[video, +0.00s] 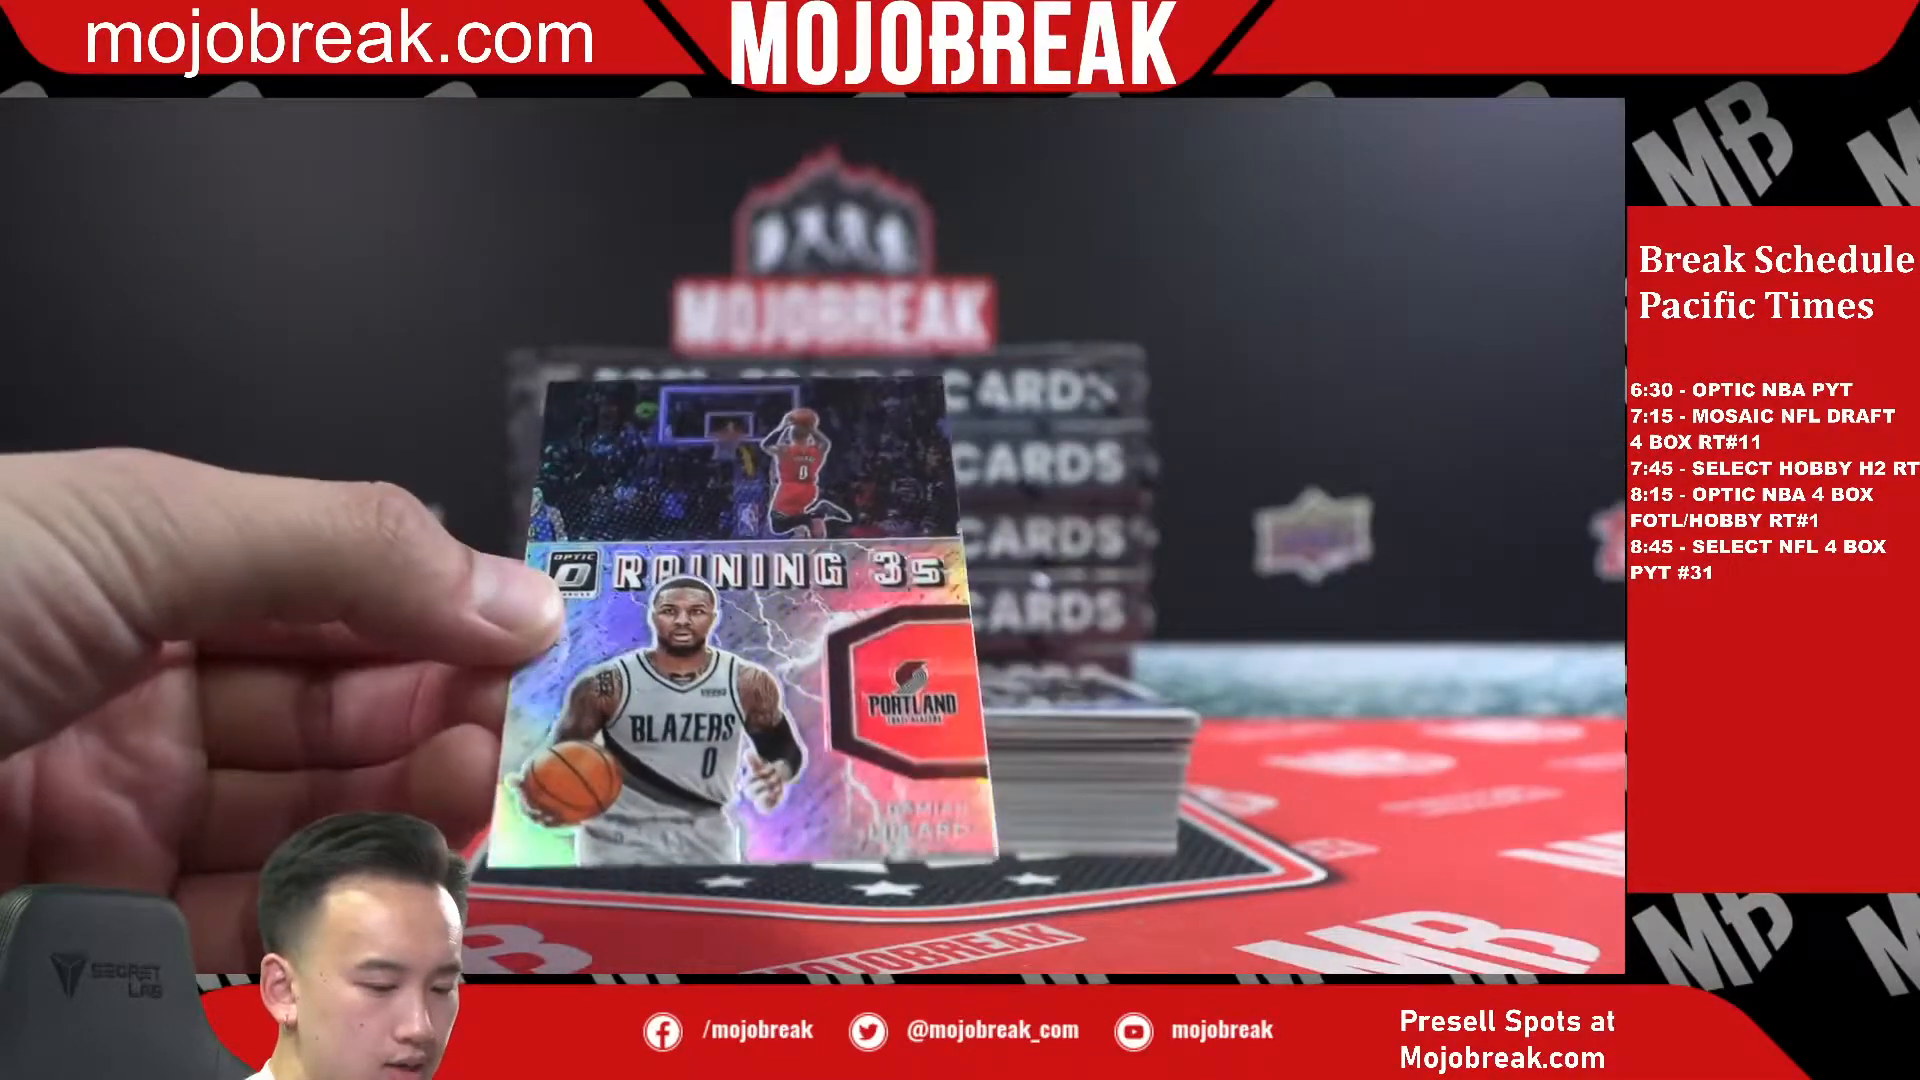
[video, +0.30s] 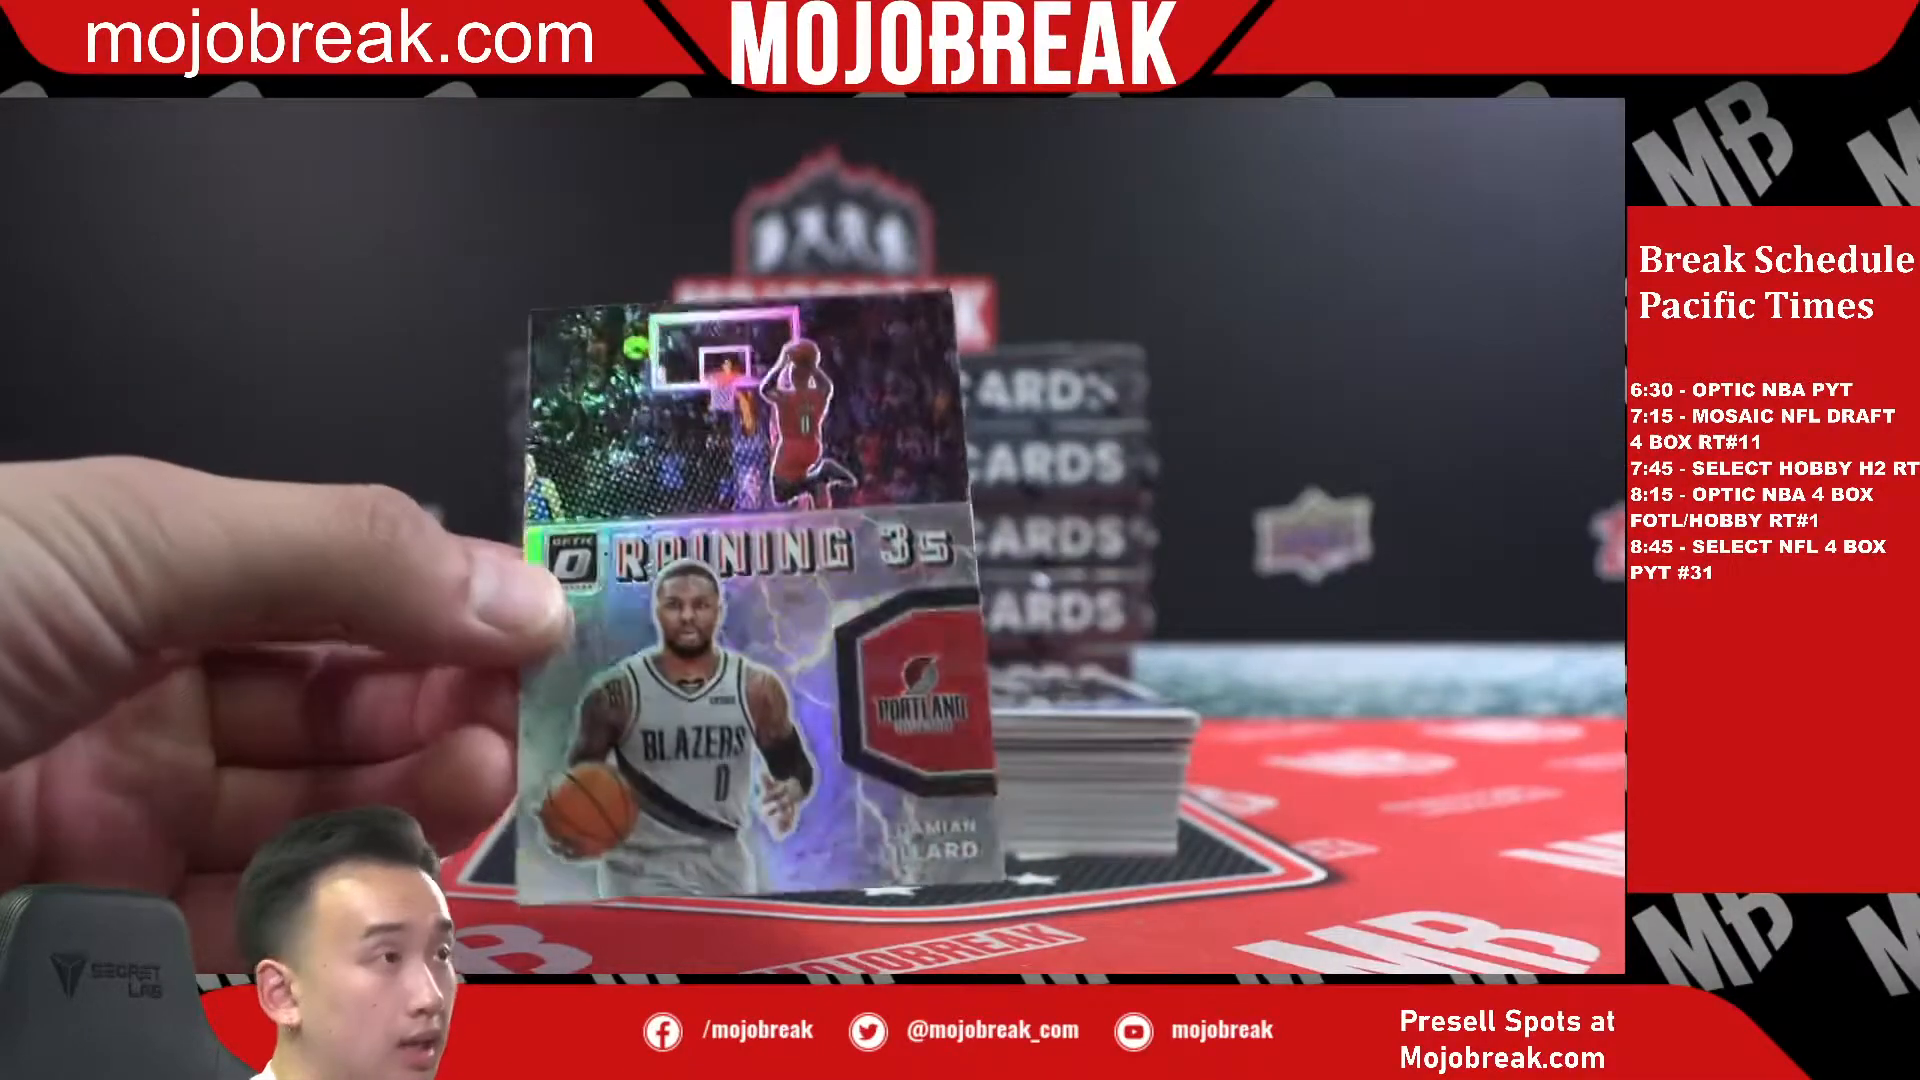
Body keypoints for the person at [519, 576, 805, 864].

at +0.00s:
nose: (682, 621)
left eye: (696, 611)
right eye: (670, 611)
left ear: (713, 619)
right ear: (652, 618)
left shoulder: (750, 684)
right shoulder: (603, 685)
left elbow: (787, 750)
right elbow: (557, 756)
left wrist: (779, 774)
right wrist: (537, 788)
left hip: (707, 839)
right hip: (619, 839)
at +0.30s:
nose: (687, 617)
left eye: (700, 605)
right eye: (673, 606)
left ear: (719, 612)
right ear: (656, 613)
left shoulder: (757, 688)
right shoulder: (613, 692)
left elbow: (797, 770)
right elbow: (580, 781)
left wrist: (789, 793)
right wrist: (565, 823)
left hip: (724, 864)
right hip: (640, 866)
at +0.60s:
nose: (707, 646)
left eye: (721, 634)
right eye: (694, 634)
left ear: (740, 643)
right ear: (674, 641)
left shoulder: (777, 723)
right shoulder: (629, 724)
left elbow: (814, 808)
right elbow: (588, 812)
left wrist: (804, 835)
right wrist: (572, 850)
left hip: (741, 899)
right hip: (659, 901)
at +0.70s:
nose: (710, 647)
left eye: (724, 635)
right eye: (696, 635)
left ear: (742, 644)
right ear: (676, 642)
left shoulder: (779, 725)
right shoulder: (632, 726)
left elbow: (816, 809)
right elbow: (590, 813)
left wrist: (806, 837)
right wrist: (573, 853)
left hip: (743, 902)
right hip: (661, 904)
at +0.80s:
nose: (711, 648)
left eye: (725, 636)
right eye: (697, 635)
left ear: (743, 645)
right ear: (677, 643)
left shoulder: (780, 726)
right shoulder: (632, 727)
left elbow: (816, 811)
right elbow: (590, 814)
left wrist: (807, 838)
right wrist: (574, 855)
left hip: (743, 904)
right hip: (661, 905)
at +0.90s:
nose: (717, 643)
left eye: (731, 631)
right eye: (704, 631)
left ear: (750, 642)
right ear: (684, 638)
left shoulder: (785, 720)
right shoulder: (641, 721)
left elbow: (824, 801)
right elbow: (598, 805)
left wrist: (817, 827)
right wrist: (584, 844)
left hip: (753, 910)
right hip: (664, 912)